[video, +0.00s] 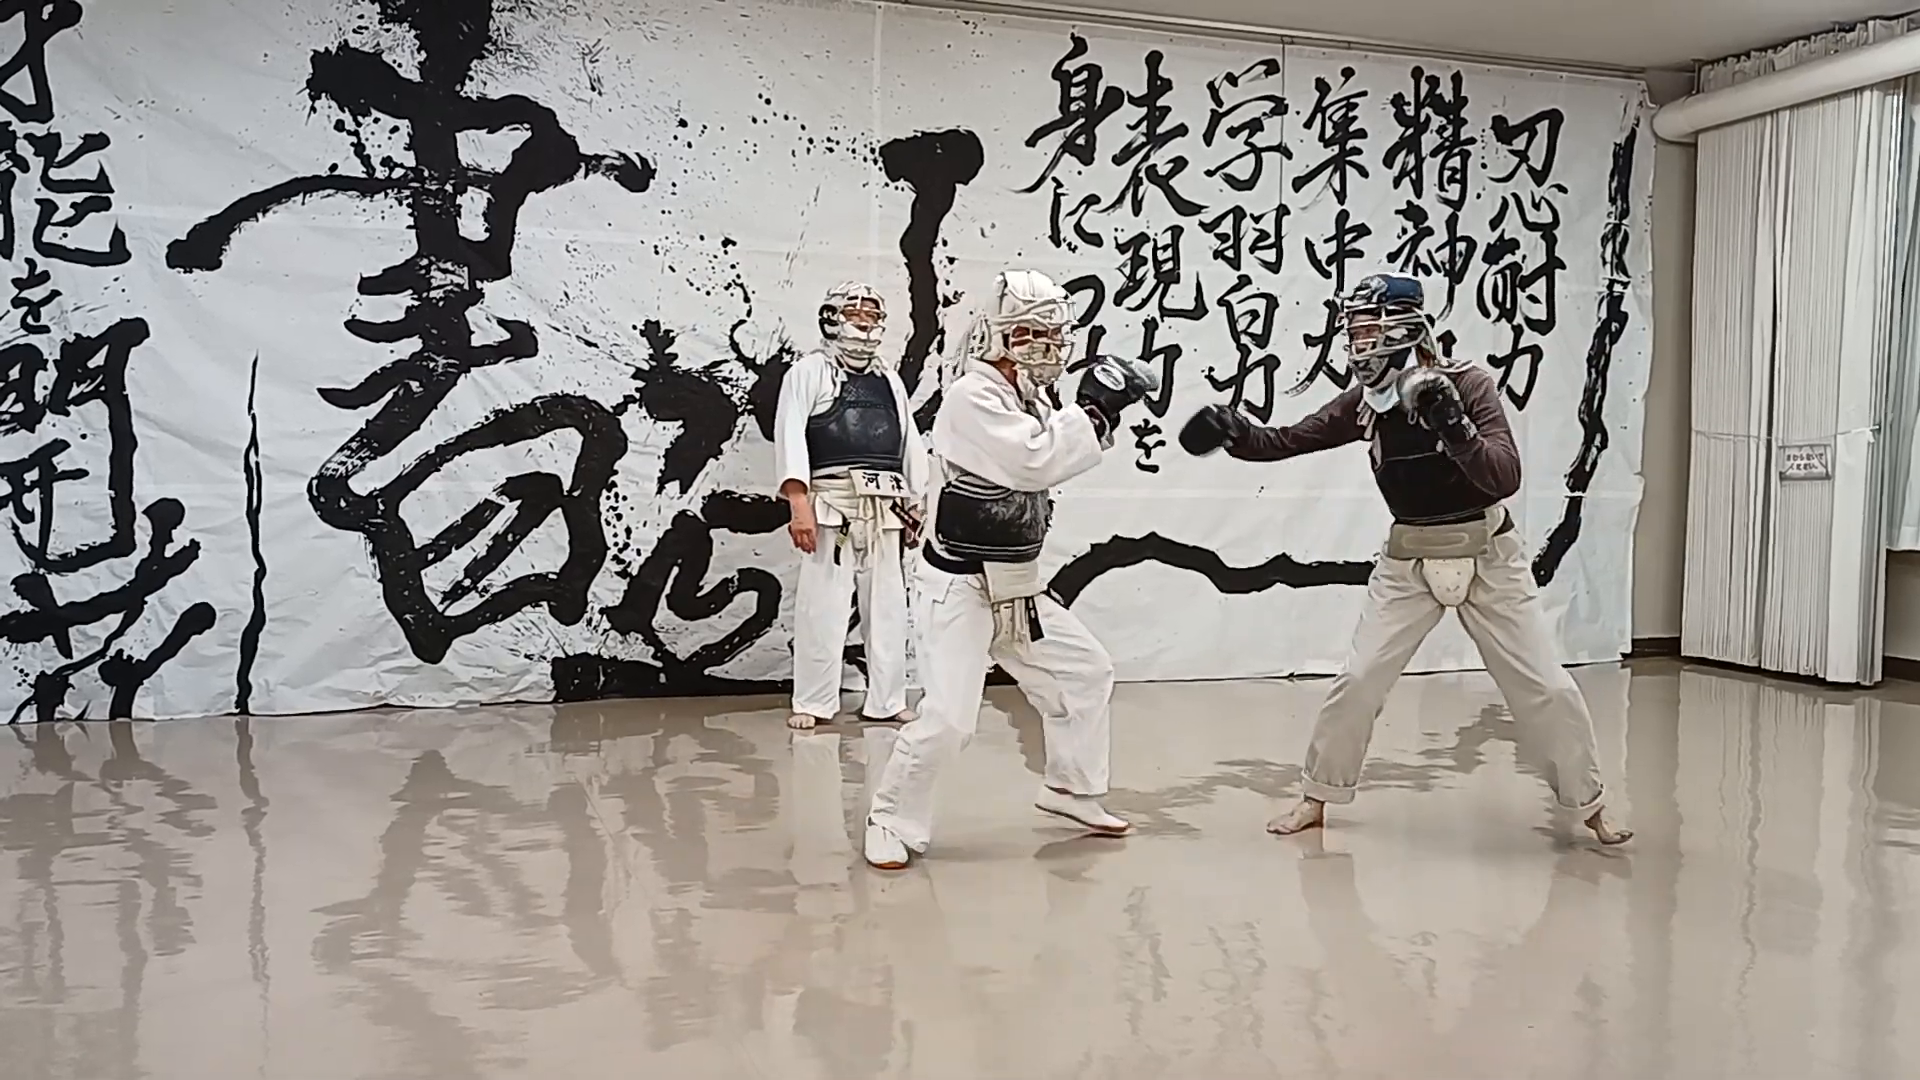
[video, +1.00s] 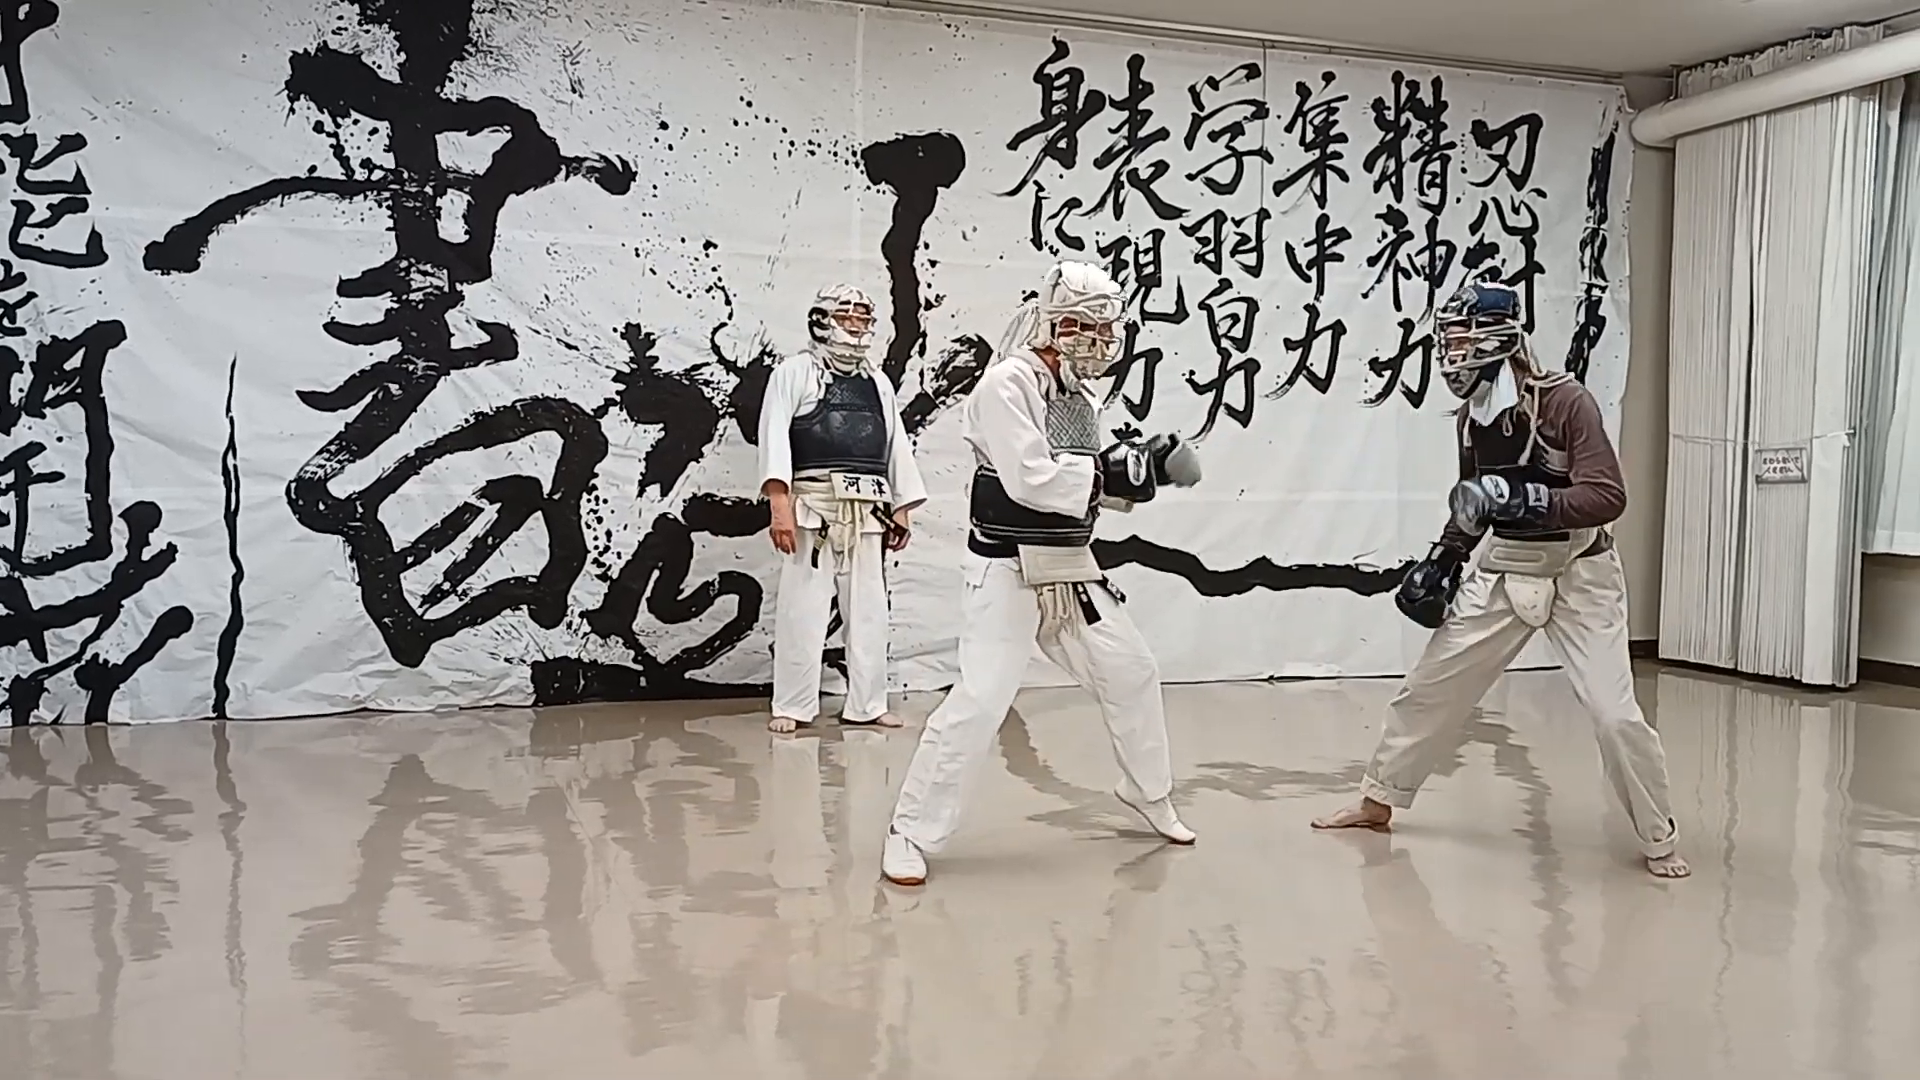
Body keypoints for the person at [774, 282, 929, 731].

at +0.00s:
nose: (863, 325)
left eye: (871, 318)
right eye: (854, 315)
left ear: (880, 326)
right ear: (832, 319)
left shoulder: (889, 378)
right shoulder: (809, 370)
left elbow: (910, 443)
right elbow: (790, 437)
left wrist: (917, 502)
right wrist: (799, 505)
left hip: (886, 505)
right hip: (827, 503)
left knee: (888, 608)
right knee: (821, 608)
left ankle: (886, 702)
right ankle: (814, 705)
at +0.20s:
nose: (866, 325)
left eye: (873, 319)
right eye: (857, 317)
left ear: (880, 326)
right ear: (834, 321)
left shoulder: (890, 380)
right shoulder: (809, 372)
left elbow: (910, 446)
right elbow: (789, 440)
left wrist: (918, 508)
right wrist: (796, 507)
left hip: (885, 507)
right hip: (826, 506)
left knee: (888, 609)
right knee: (821, 610)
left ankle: (885, 705)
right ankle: (812, 707)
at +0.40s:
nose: (867, 325)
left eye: (874, 319)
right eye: (857, 317)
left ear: (881, 326)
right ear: (835, 322)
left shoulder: (892, 381)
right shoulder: (810, 373)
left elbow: (911, 447)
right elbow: (789, 442)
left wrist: (918, 509)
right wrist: (793, 508)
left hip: (884, 509)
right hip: (825, 507)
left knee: (887, 611)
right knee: (820, 612)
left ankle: (885, 706)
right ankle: (811, 709)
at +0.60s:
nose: (869, 326)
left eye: (876, 320)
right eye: (860, 318)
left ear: (884, 326)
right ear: (837, 322)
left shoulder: (894, 381)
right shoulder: (810, 373)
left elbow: (913, 447)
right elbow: (789, 442)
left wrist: (920, 508)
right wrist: (794, 508)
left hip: (885, 510)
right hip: (826, 508)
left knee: (887, 612)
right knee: (820, 613)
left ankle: (886, 706)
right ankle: (811, 709)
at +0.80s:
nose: (865, 326)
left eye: (873, 319)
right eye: (855, 317)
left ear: (881, 327)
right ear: (833, 322)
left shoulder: (890, 381)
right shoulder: (806, 372)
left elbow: (909, 446)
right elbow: (785, 440)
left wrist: (916, 508)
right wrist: (790, 506)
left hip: (880, 508)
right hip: (821, 506)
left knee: (882, 611)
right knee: (814, 612)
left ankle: (880, 706)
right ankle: (805, 709)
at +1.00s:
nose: (855, 326)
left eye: (863, 320)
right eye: (846, 317)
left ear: (871, 326)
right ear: (823, 320)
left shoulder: (878, 380)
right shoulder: (794, 371)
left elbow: (896, 446)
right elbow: (774, 439)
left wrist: (903, 508)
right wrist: (780, 505)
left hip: (868, 509)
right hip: (809, 507)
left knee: (869, 612)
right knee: (802, 612)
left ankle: (866, 706)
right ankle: (792, 709)